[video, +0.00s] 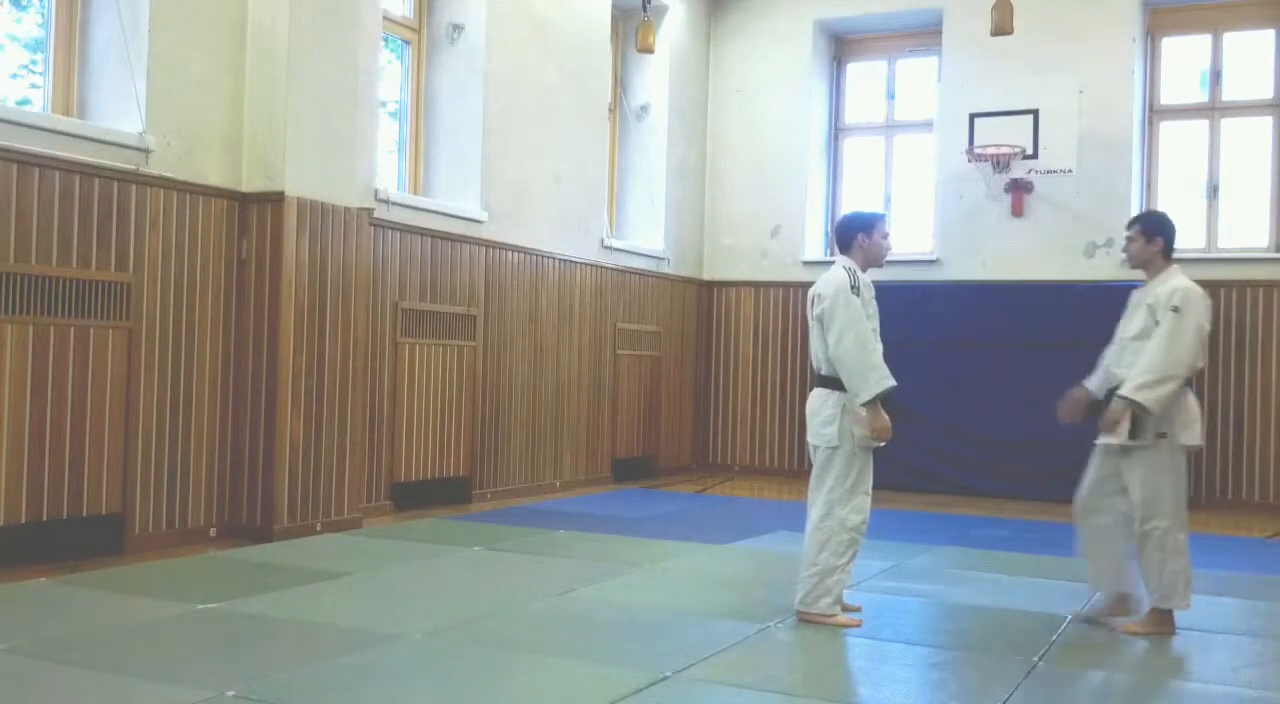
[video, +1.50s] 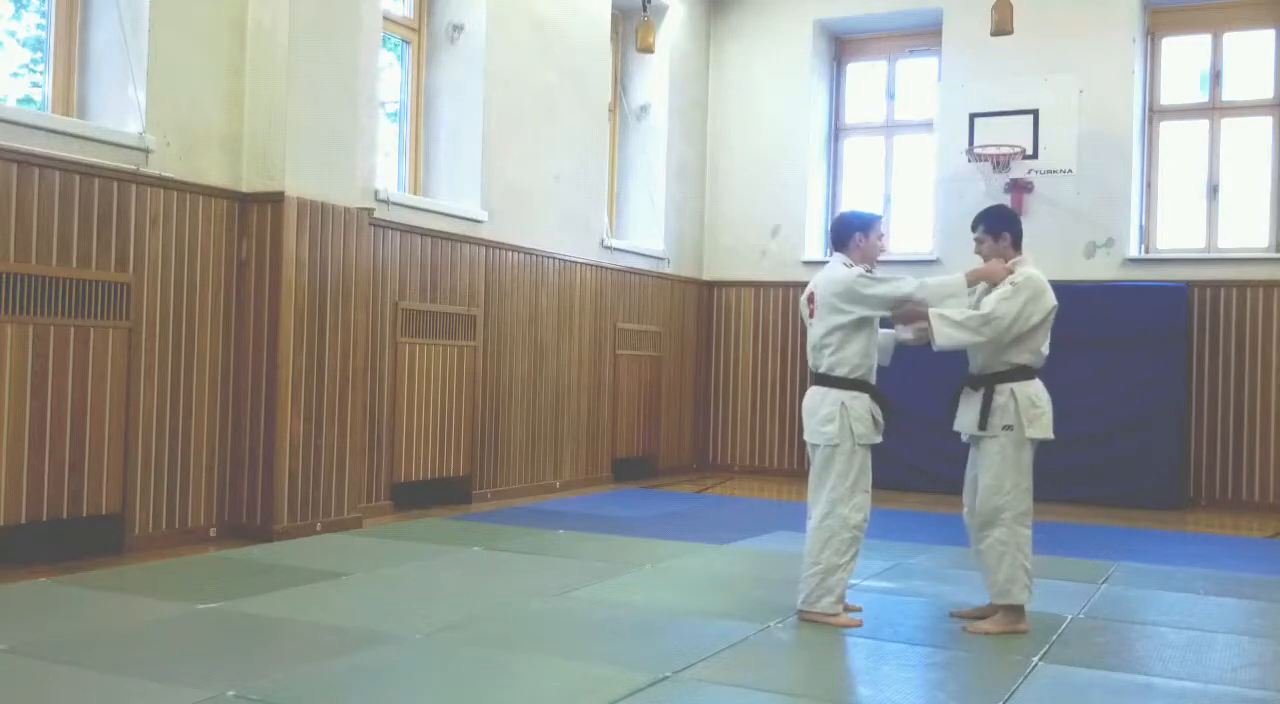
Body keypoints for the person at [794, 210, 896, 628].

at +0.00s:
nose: (890, 245)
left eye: (888, 237)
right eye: (885, 237)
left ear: (861, 240)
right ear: (862, 240)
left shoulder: (852, 282)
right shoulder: (841, 284)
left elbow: (860, 347)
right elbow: (852, 348)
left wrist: (874, 401)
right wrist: (874, 405)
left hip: (847, 403)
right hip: (838, 405)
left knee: (844, 504)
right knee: (839, 507)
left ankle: (826, 591)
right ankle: (816, 602)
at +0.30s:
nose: (888, 244)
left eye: (887, 236)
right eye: (882, 236)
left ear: (860, 240)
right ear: (861, 240)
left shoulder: (855, 283)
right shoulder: (838, 283)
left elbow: (874, 336)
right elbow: (858, 342)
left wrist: (914, 366)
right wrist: (915, 369)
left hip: (851, 406)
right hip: (837, 407)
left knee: (845, 506)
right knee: (836, 508)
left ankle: (826, 592)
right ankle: (815, 602)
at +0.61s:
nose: (885, 243)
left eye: (883, 236)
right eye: (878, 236)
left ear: (851, 242)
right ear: (855, 241)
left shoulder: (830, 282)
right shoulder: (844, 282)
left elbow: (850, 344)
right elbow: (907, 304)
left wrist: (902, 351)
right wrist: (966, 295)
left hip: (837, 402)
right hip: (840, 407)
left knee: (836, 505)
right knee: (839, 508)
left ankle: (823, 592)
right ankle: (816, 603)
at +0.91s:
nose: (885, 244)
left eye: (883, 237)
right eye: (879, 236)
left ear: (852, 242)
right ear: (857, 241)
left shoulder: (830, 281)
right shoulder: (848, 279)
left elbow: (860, 341)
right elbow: (915, 293)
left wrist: (916, 334)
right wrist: (982, 280)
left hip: (835, 402)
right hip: (841, 407)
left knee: (837, 505)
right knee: (841, 509)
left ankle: (823, 593)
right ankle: (817, 603)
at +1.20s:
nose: (885, 245)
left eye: (884, 238)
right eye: (880, 238)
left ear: (853, 242)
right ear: (858, 241)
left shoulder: (833, 280)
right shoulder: (846, 280)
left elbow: (855, 344)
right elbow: (913, 295)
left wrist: (906, 337)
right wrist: (980, 281)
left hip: (838, 401)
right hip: (840, 406)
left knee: (838, 505)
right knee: (840, 508)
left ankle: (823, 593)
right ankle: (817, 603)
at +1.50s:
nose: (884, 246)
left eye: (883, 238)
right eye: (879, 238)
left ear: (851, 241)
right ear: (857, 241)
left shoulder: (829, 280)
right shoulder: (845, 280)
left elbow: (854, 341)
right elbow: (911, 292)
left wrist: (909, 333)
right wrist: (977, 276)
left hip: (833, 400)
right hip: (840, 406)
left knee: (836, 505)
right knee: (842, 508)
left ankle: (822, 594)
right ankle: (819, 602)